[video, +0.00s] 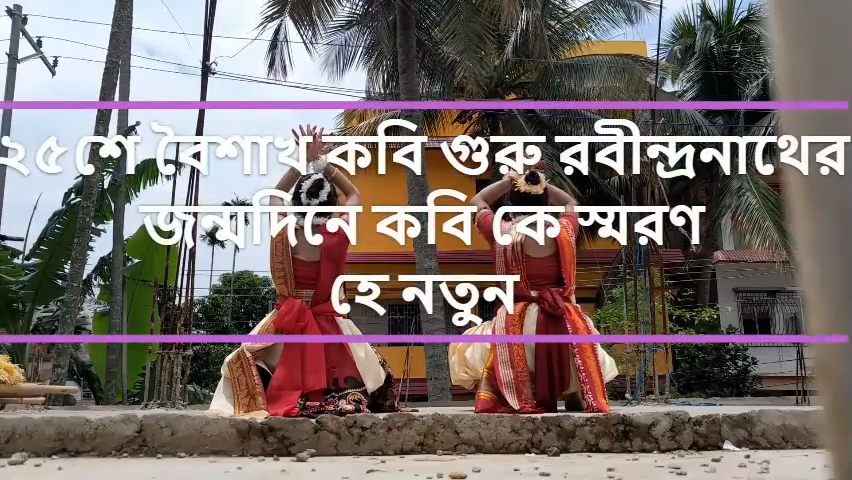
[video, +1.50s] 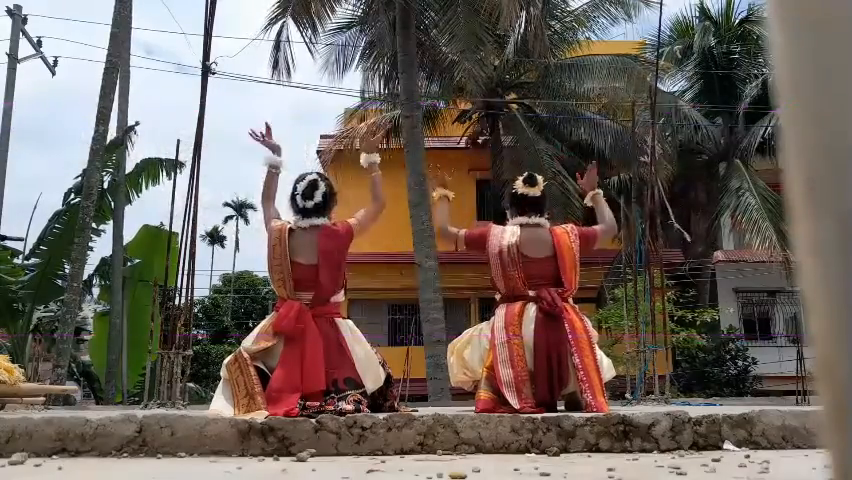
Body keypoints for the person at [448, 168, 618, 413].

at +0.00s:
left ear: (511, 209)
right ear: (544, 206)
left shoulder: (503, 233)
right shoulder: (563, 232)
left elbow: (480, 200)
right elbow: (569, 202)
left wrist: (507, 182)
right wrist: (542, 185)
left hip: (518, 318)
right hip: (562, 317)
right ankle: (574, 394)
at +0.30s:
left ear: (510, 209)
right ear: (544, 206)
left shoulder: (503, 233)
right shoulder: (562, 231)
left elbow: (480, 199)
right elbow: (567, 203)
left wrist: (511, 175)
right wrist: (541, 184)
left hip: (518, 318)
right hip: (562, 318)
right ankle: (575, 394)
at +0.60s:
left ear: (509, 202)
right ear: (545, 201)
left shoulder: (501, 231)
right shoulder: (562, 228)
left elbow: (479, 197)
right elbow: (566, 198)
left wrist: (502, 168)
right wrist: (542, 170)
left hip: (516, 321)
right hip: (561, 319)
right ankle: (576, 394)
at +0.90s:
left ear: (508, 200)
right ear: (545, 198)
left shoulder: (500, 232)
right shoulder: (562, 228)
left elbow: (472, 200)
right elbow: (577, 198)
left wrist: (493, 169)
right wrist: (547, 168)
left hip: (514, 322)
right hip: (560, 321)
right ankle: (575, 394)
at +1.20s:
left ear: (514, 207)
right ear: (546, 207)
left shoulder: (501, 233)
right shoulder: (564, 232)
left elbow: (462, 219)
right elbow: (595, 209)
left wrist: (467, 184)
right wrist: (568, 180)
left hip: (514, 316)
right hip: (559, 315)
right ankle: (579, 397)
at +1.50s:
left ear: (511, 207)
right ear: (544, 207)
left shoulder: (495, 236)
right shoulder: (566, 235)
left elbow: (444, 233)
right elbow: (610, 226)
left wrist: (441, 197)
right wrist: (596, 196)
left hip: (512, 323)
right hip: (561, 321)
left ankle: (490, 393)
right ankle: (575, 394)